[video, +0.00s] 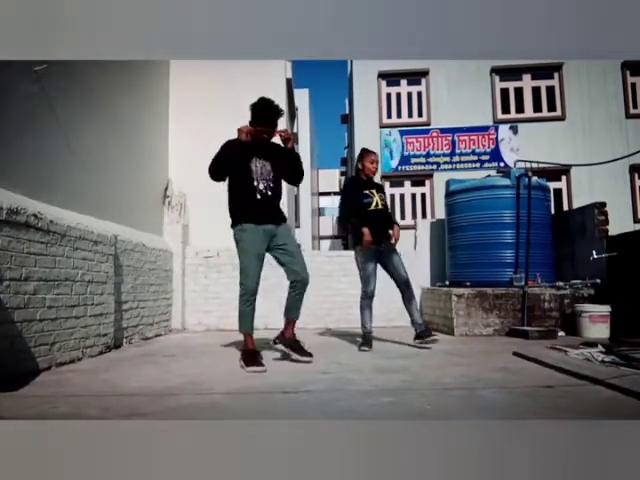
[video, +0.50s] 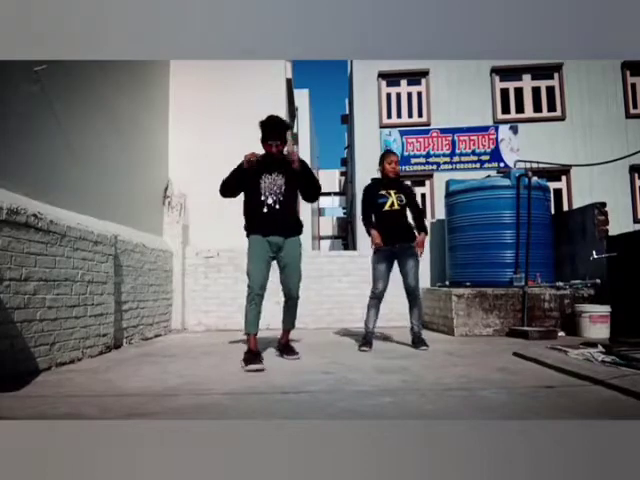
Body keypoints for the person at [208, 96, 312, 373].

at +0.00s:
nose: (269, 132)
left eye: (272, 128)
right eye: (266, 128)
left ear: (274, 127)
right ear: (254, 125)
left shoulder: (276, 150)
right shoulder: (236, 148)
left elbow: (296, 178)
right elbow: (216, 174)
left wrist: (291, 148)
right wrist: (237, 142)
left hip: (277, 225)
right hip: (249, 226)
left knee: (300, 278)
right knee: (249, 287)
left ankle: (288, 334)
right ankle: (249, 347)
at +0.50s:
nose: (274, 148)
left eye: (279, 143)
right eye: (270, 144)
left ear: (286, 142)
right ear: (263, 142)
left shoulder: (294, 165)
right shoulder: (253, 166)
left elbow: (313, 195)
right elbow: (226, 191)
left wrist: (299, 166)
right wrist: (244, 167)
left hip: (289, 236)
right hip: (260, 236)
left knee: (292, 292)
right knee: (256, 290)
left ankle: (285, 342)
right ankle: (253, 348)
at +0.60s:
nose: (280, 153)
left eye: (285, 148)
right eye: (276, 148)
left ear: (291, 147)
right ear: (269, 146)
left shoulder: (299, 171)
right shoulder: (255, 169)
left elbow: (314, 206)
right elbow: (230, 198)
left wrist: (303, 191)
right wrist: (248, 189)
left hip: (290, 238)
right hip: (261, 238)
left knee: (292, 292)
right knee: (254, 288)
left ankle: (284, 342)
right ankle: (251, 345)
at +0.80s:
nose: (287, 148)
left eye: (291, 144)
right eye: (282, 143)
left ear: (296, 145)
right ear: (275, 143)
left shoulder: (302, 174)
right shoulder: (258, 168)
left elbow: (311, 206)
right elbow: (237, 201)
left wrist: (307, 231)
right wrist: (237, 224)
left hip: (288, 237)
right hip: (258, 235)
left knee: (289, 288)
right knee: (245, 283)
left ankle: (284, 340)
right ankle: (246, 335)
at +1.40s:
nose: (251, 144)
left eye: (255, 140)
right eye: (246, 140)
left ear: (260, 143)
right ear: (239, 142)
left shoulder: (274, 168)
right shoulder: (230, 176)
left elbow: (292, 198)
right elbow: (220, 204)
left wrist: (292, 225)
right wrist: (224, 228)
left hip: (273, 234)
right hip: (244, 236)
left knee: (282, 283)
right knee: (238, 285)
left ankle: (288, 336)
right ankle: (248, 333)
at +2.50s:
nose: (285, 141)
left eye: (290, 137)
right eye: (281, 136)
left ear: (297, 139)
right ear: (275, 136)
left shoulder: (304, 171)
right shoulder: (257, 164)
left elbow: (322, 203)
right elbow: (231, 191)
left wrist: (318, 207)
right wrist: (243, 203)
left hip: (290, 234)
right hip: (260, 234)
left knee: (294, 288)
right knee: (248, 288)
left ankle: (295, 344)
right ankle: (250, 342)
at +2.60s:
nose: (282, 139)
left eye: (287, 134)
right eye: (277, 134)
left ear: (295, 134)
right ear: (271, 134)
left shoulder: (302, 162)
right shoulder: (258, 160)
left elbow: (327, 190)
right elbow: (227, 184)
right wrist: (242, 175)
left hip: (291, 232)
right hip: (260, 232)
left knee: (294, 288)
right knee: (250, 287)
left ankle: (295, 343)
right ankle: (245, 344)